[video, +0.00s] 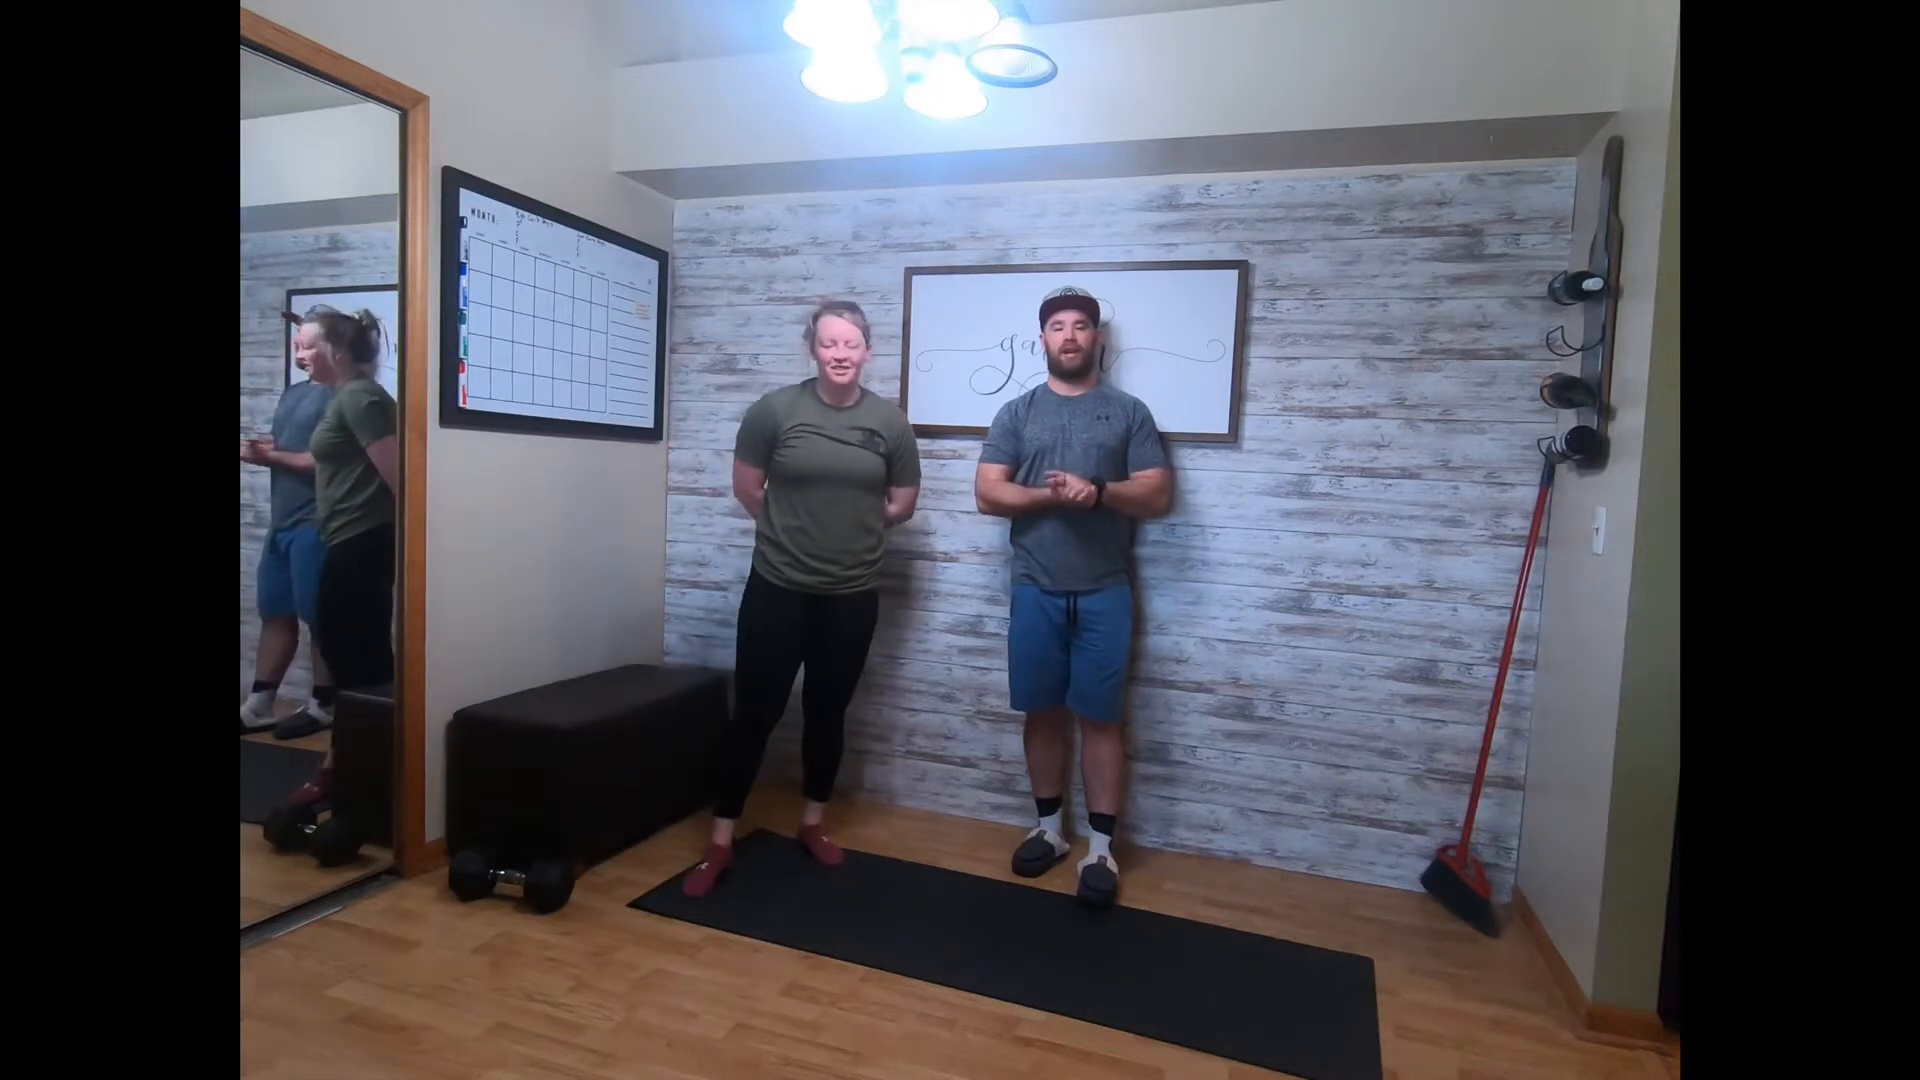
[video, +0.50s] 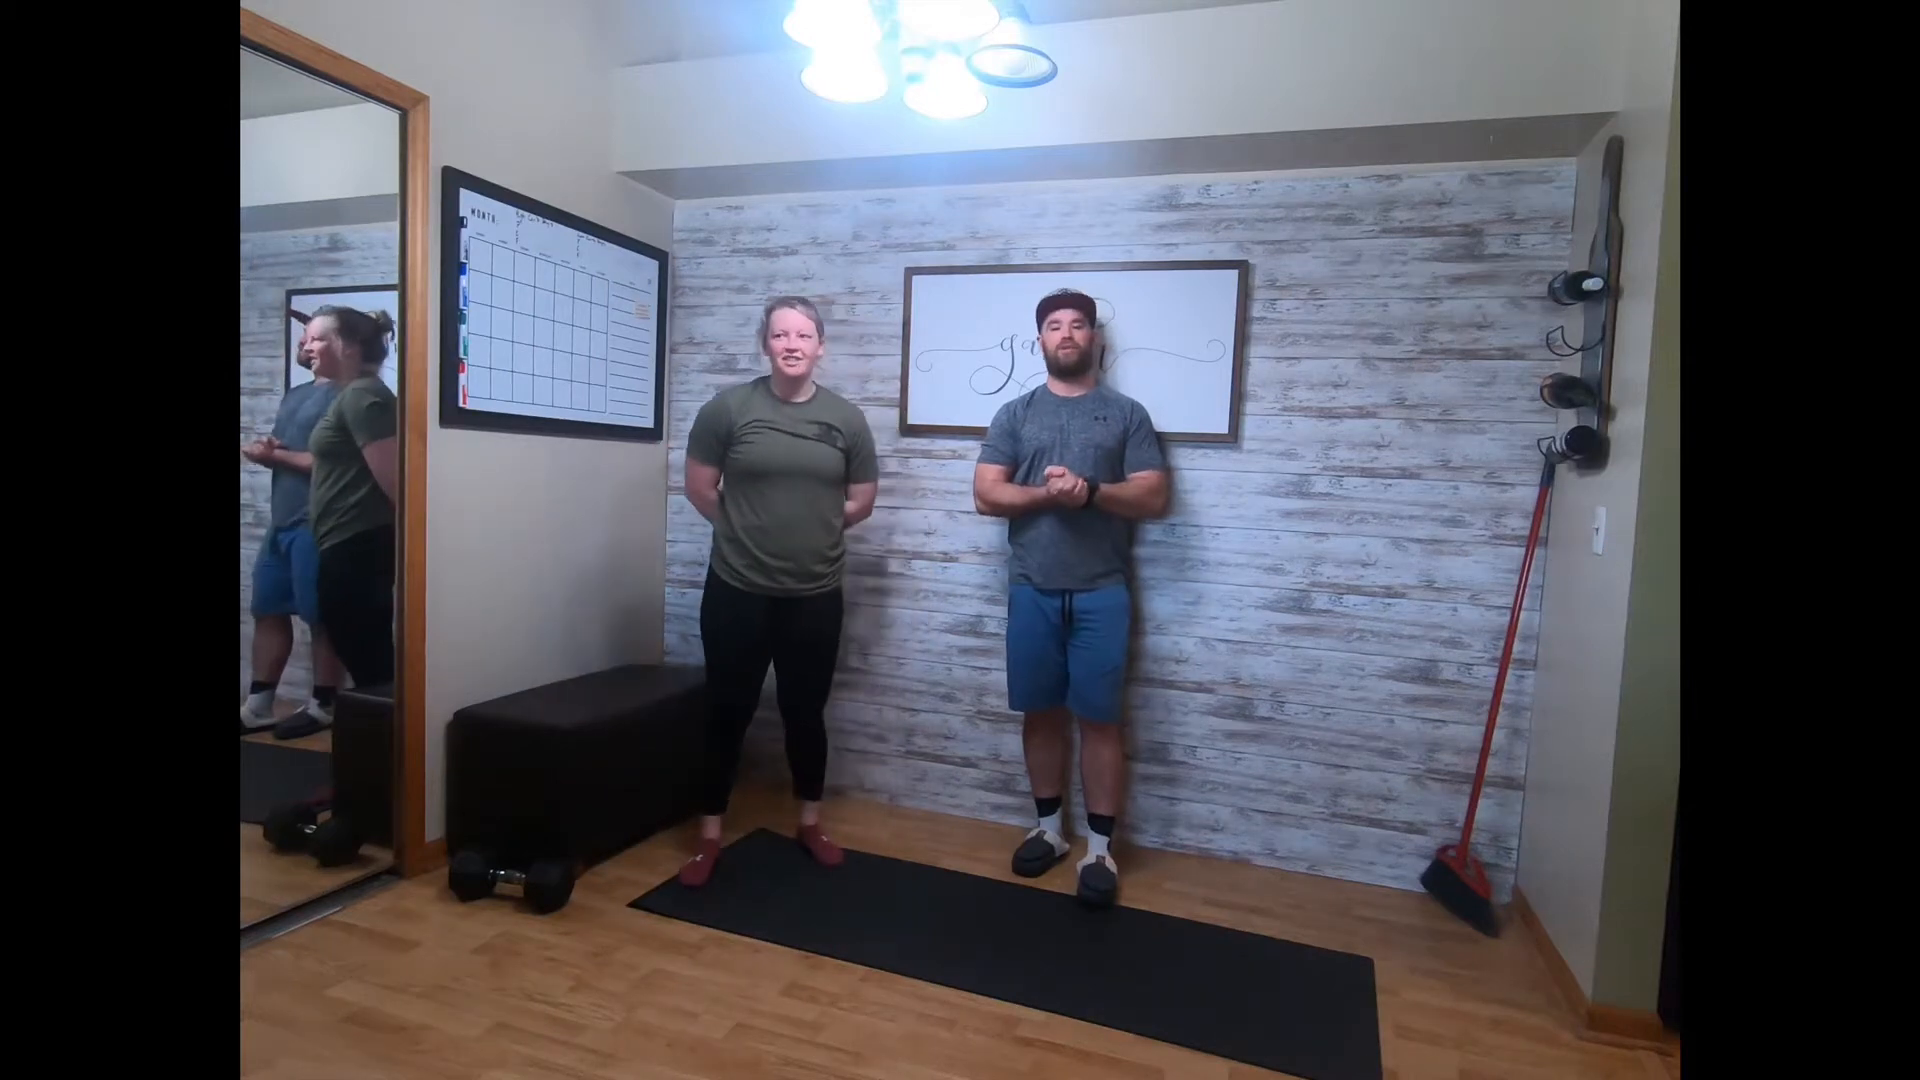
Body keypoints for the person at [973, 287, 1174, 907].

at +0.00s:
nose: (1069, 334)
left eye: (1080, 325)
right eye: (1057, 326)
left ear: (1097, 338)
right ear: (1043, 340)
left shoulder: (1127, 412)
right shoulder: (1018, 413)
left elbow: (1157, 495)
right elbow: (988, 493)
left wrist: (1096, 491)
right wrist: (1050, 495)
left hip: (1105, 586)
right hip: (1035, 584)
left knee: (1099, 714)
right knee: (1041, 710)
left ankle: (1100, 851)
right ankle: (1048, 831)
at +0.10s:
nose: (1068, 335)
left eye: (1079, 326)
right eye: (1057, 328)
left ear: (1097, 338)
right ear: (1042, 341)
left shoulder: (1127, 413)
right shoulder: (1017, 413)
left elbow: (1156, 497)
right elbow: (987, 493)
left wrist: (1094, 490)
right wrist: (1051, 497)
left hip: (1104, 586)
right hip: (1035, 585)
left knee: (1100, 715)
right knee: (1041, 711)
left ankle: (1100, 851)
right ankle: (1048, 831)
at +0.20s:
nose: (1067, 335)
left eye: (1078, 327)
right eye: (1056, 328)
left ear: (1095, 339)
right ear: (1041, 341)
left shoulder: (1126, 413)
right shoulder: (1016, 413)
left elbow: (1156, 497)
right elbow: (986, 493)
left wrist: (1092, 491)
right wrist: (1049, 495)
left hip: (1104, 586)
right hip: (1034, 585)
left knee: (1100, 715)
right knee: (1041, 711)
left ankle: (1101, 851)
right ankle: (1048, 831)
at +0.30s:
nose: (1066, 335)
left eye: (1077, 326)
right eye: (1054, 328)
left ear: (1095, 339)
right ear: (1041, 342)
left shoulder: (1126, 414)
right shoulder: (1016, 413)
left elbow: (1156, 497)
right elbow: (986, 493)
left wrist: (1092, 493)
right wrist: (1049, 495)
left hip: (1104, 586)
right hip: (1033, 585)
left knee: (1100, 715)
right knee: (1040, 711)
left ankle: (1100, 851)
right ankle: (1048, 831)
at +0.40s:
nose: (1067, 333)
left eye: (1078, 325)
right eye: (1055, 326)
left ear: (1095, 339)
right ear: (1040, 342)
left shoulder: (1126, 414)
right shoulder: (1016, 414)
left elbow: (1155, 498)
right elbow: (986, 493)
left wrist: (1092, 492)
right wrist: (1046, 494)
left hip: (1102, 586)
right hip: (1032, 585)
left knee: (1099, 716)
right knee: (1040, 711)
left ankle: (1099, 851)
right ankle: (1048, 831)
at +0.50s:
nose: (1067, 332)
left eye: (1078, 324)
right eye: (1055, 326)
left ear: (1095, 339)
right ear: (1040, 341)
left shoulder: (1125, 414)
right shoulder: (1015, 414)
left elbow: (1154, 498)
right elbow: (986, 494)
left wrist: (1089, 490)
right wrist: (1047, 493)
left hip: (1102, 585)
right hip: (1032, 585)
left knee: (1098, 715)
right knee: (1040, 711)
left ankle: (1099, 851)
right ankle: (1048, 830)